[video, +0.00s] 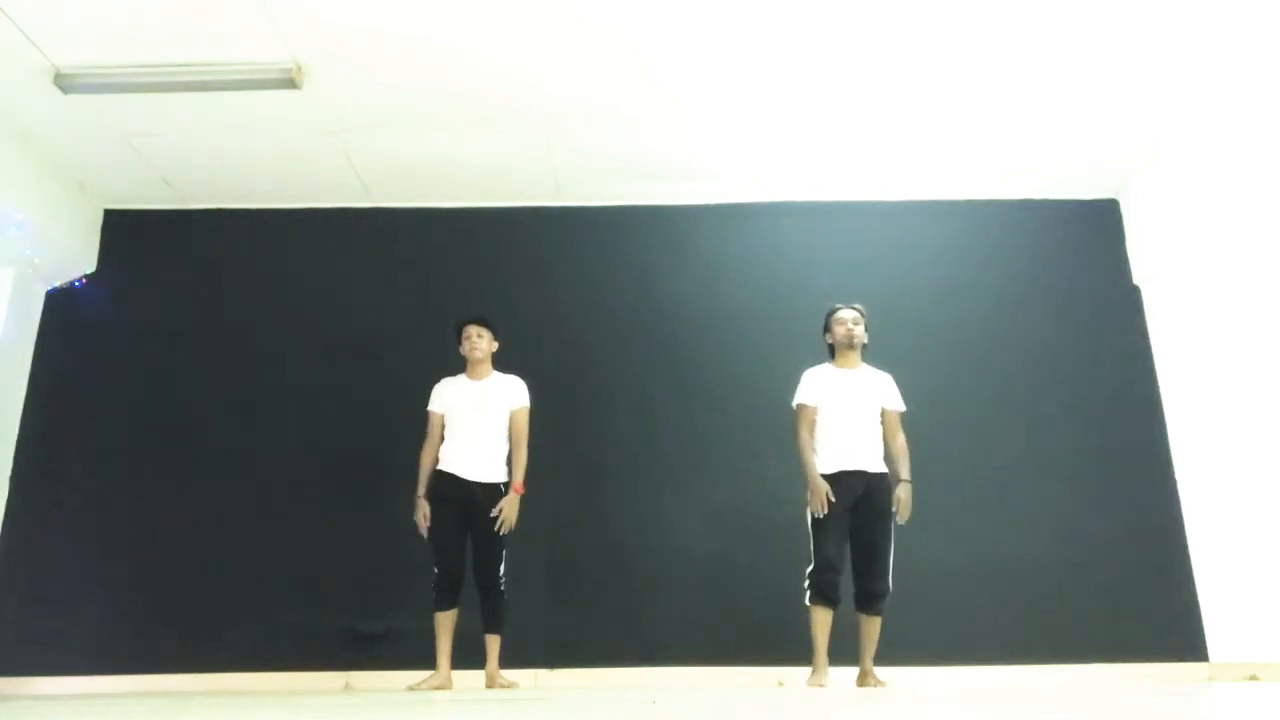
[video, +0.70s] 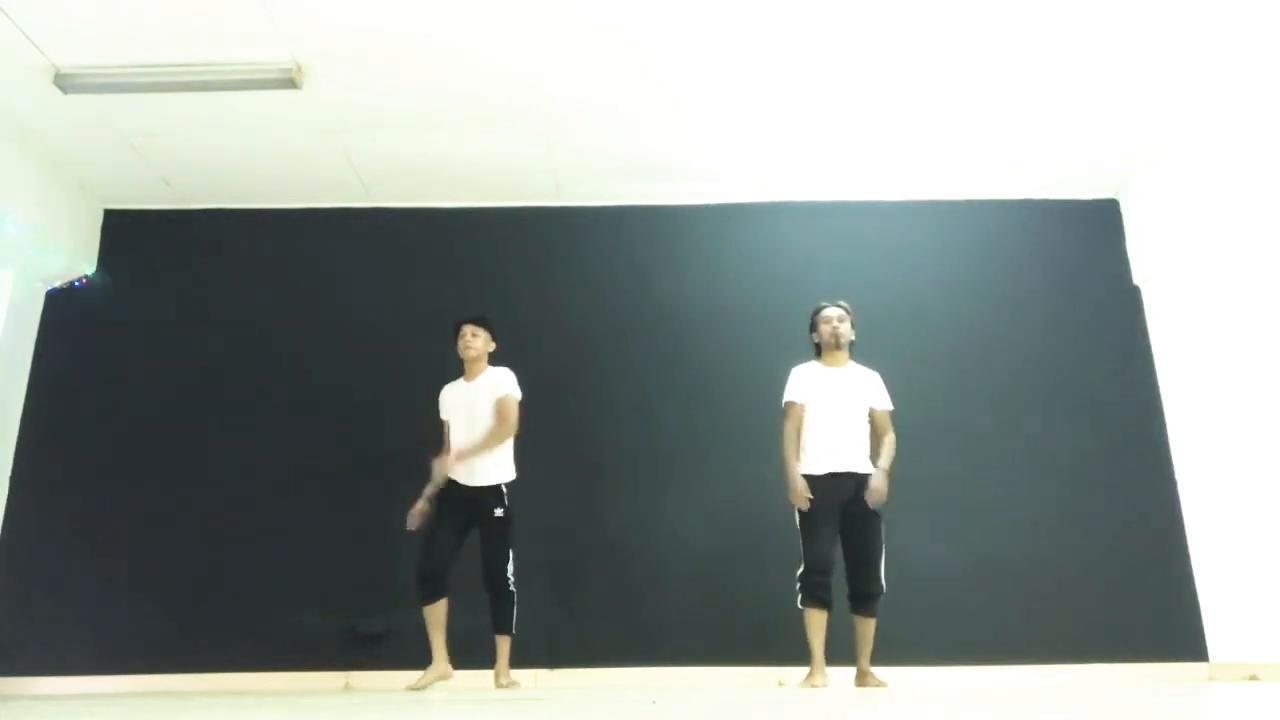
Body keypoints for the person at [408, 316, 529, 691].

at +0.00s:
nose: (473, 343)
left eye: (480, 337)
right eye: (468, 338)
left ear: (494, 345)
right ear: (460, 348)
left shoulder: (513, 386)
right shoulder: (444, 388)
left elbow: (519, 445)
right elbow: (431, 444)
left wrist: (515, 493)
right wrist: (421, 494)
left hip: (492, 492)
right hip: (448, 490)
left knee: (491, 579)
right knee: (446, 577)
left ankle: (493, 672)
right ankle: (442, 672)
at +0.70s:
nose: (468, 341)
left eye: (476, 336)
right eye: (463, 336)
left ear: (491, 346)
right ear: (457, 347)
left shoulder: (502, 377)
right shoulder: (449, 393)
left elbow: (507, 428)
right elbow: (447, 454)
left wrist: (464, 454)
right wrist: (426, 498)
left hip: (495, 492)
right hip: (456, 491)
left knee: (499, 576)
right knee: (430, 568)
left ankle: (502, 670)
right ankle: (440, 662)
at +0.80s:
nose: (462, 342)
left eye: (471, 337)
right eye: (459, 337)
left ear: (487, 347)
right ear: (453, 347)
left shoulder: (493, 376)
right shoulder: (451, 393)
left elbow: (477, 418)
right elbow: (464, 437)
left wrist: (434, 423)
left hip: (491, 491)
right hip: (454, 491)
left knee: (498, 577)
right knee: (420, 565)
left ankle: (502, 670)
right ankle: (436, 660)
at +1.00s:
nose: (449, 348)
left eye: (458, 344)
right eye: (446, 343)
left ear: (475, 355)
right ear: (444, 352)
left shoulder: (462, 378)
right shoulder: (461, 389)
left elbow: (417, 416)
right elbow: (491, 447)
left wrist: (416, 404)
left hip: (460, 493)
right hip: (438, 495)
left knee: (473, 577)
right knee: (406, 573)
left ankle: (502, 670)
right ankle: (427, 670)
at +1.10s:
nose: (441, 350)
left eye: (451, 347)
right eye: (442, 344)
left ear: (467, 359)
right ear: (443, 350)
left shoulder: (445, 385)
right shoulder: (461, 395)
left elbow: (399, 424)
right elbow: (482, 457)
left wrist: (391, 406)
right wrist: (462, 490)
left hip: (437, 494)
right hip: (425, 495)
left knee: (435, 582)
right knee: (398, 584)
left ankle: (494, 649)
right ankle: (425, 671)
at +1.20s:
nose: (435, 350)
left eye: (445, 346)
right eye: (437, 343)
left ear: (462, 358)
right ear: (438, 348)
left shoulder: (434, 383)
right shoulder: (460, 401)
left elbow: (375, 404)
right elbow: (441, 463)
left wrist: (342, 378)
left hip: (424, 496)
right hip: (432, 497)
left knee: (389, 577)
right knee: (391, 583)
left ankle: (460, 638)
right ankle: (425, 672)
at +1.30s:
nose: (429, 339)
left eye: (439, 336)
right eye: (432, 333)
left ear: (456, 349)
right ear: (440, 343)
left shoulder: (423, 375)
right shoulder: (454, 391)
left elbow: (359, 369)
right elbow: (407, 427)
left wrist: (306, 336)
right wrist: (375, 398)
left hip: (408, 487)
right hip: (430, 490)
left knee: (359, 558)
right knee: (397, 573)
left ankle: (394, 652)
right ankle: (424, 668)